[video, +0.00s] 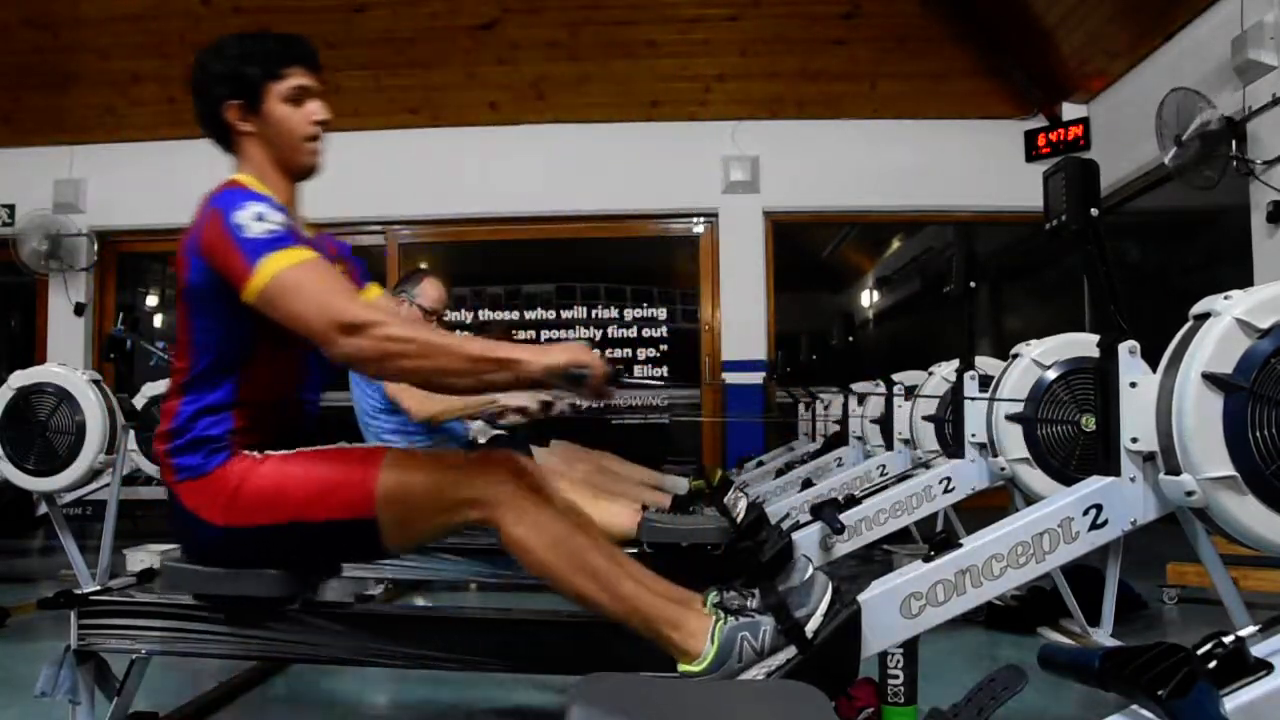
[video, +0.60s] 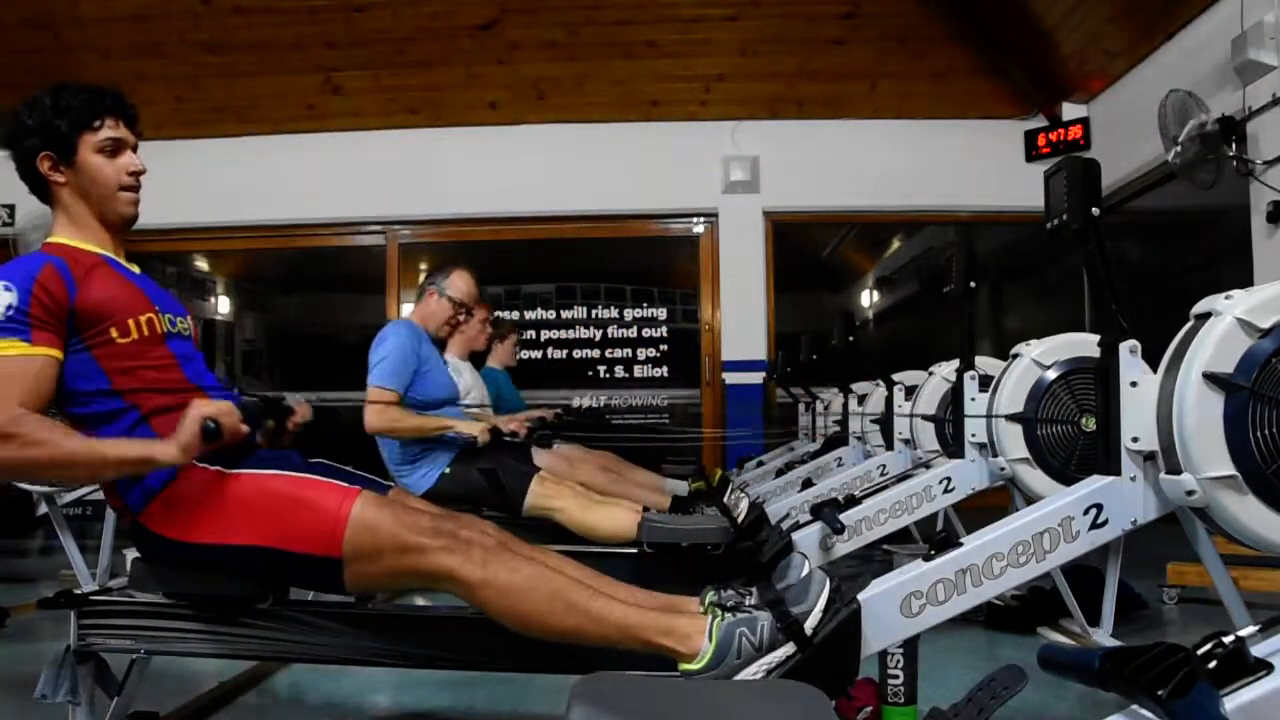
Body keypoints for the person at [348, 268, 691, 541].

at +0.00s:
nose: (435, 326)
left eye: (438, 317)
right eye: (428, 315)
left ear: (407, 305)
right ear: (399, 304)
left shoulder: (412, 342)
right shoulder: (376, 347)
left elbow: (443, 400)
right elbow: (422, 408)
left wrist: (498, 403)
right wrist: (495, 402)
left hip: (455, 448)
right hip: (422, 465)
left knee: (569, 456)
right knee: (548, 477)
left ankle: (686, 492)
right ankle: (659, 529)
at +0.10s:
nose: (429, 326)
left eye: (435, 318)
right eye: (424, 314)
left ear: (433, 318)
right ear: (395, 305)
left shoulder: (413, 347)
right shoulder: (366, 347)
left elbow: (438, 404)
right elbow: (379, 419)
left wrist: (492, 414)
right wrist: (453, 410)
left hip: (461, 443)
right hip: (434, 466)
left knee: (573, 462)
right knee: (553, 490)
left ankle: (685, 503)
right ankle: (669, 532)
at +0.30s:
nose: (436, 328)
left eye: (442, 322)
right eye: (433, 316)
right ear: (407, 302)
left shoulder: (401, 348)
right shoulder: (378, 342)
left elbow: (416, 413)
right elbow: (350, 421)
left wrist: (463, 418)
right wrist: (427, 421)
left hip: (452, 456)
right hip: (435, 471)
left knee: (567, 484)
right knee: (557, 496)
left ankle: (686, 525)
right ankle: (676, 538)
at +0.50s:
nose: (473, 336)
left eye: (473, 329)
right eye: (468, 328)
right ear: (445, 328)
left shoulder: (456, 373)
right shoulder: (433, 372)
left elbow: (472, 415)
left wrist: (507, 420)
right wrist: (494, 423)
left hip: (500, 437)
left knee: (595, 458)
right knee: (584, 472)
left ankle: (682, 489)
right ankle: (676, 506)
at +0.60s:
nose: (487, 332)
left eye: (487, 325)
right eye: (482, 324)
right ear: (459, 325)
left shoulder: (465, 368)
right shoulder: (449, 368)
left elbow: (476, 412)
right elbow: (454, 415)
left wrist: (505, 421)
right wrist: (499, 423)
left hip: (502, 437)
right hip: (482, 444)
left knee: (602, 460)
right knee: (594, 468)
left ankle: (685, 491)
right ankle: (680, 502)